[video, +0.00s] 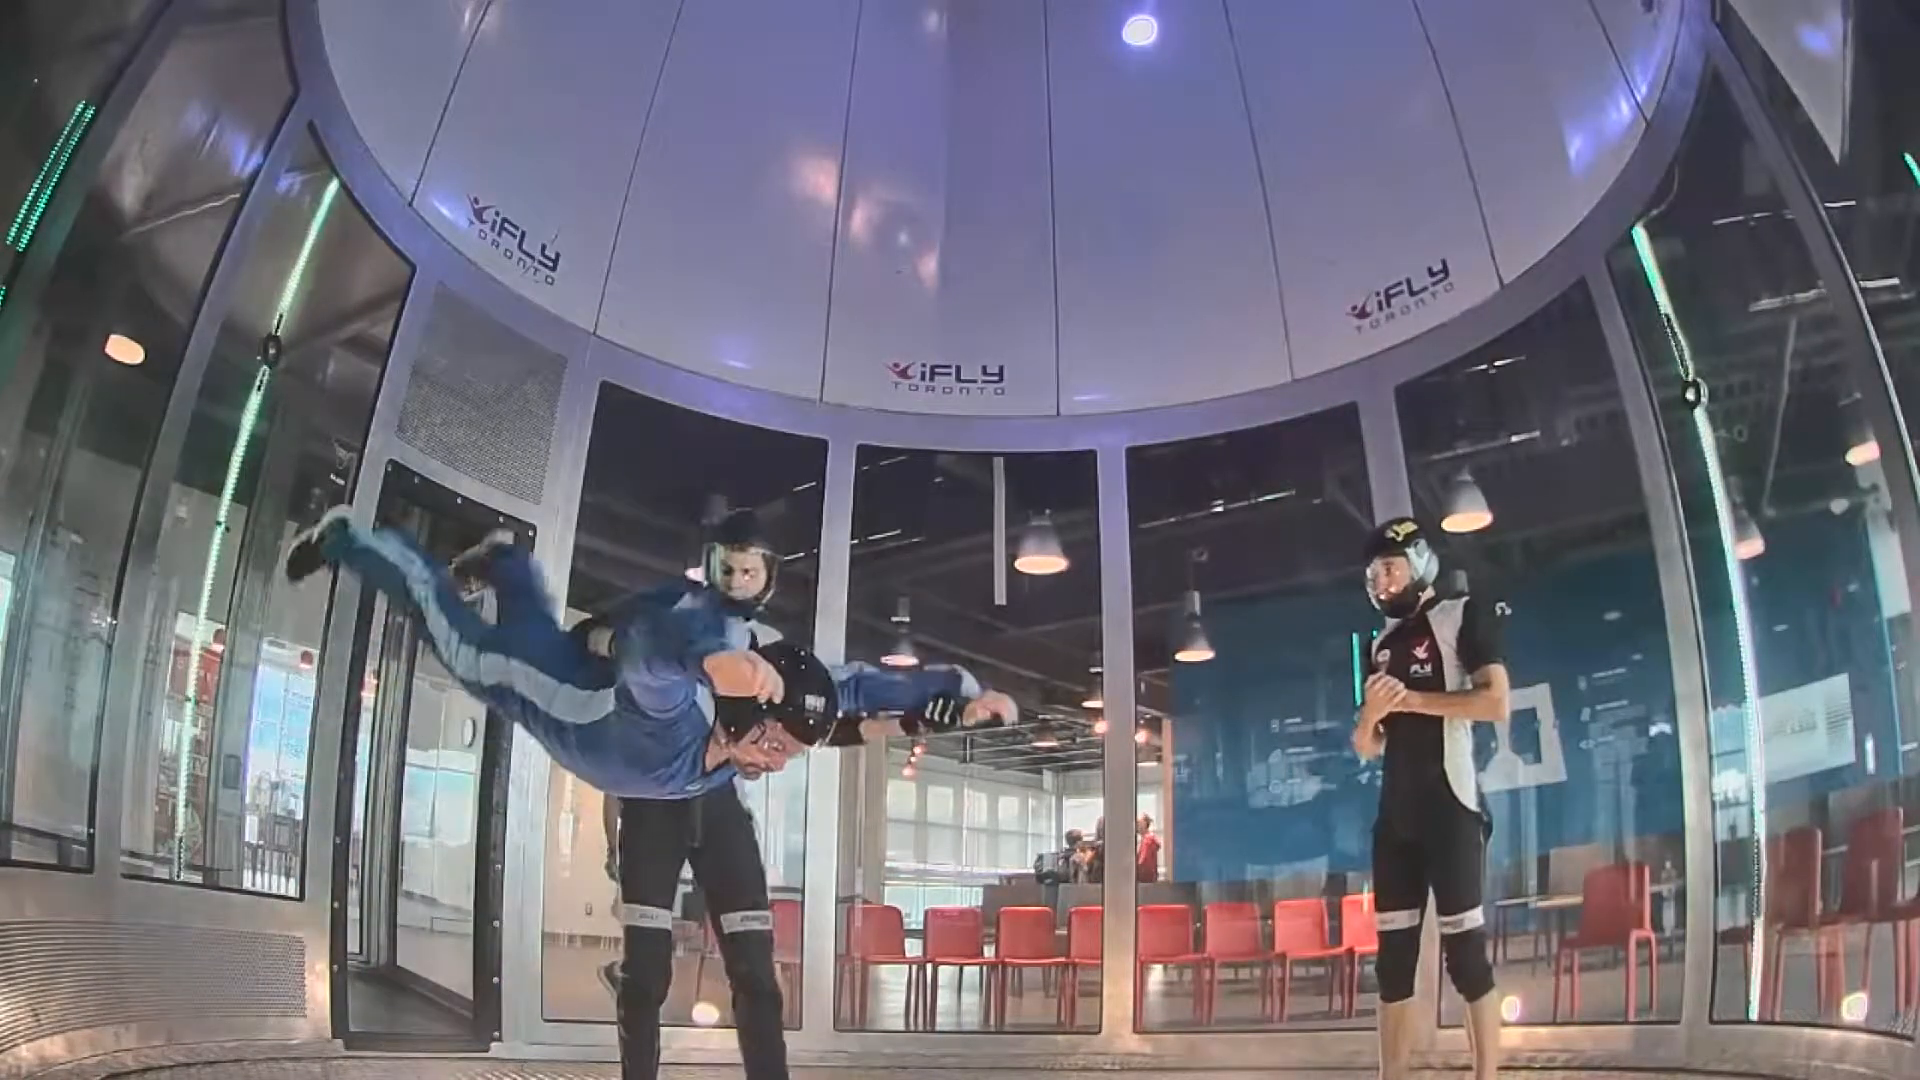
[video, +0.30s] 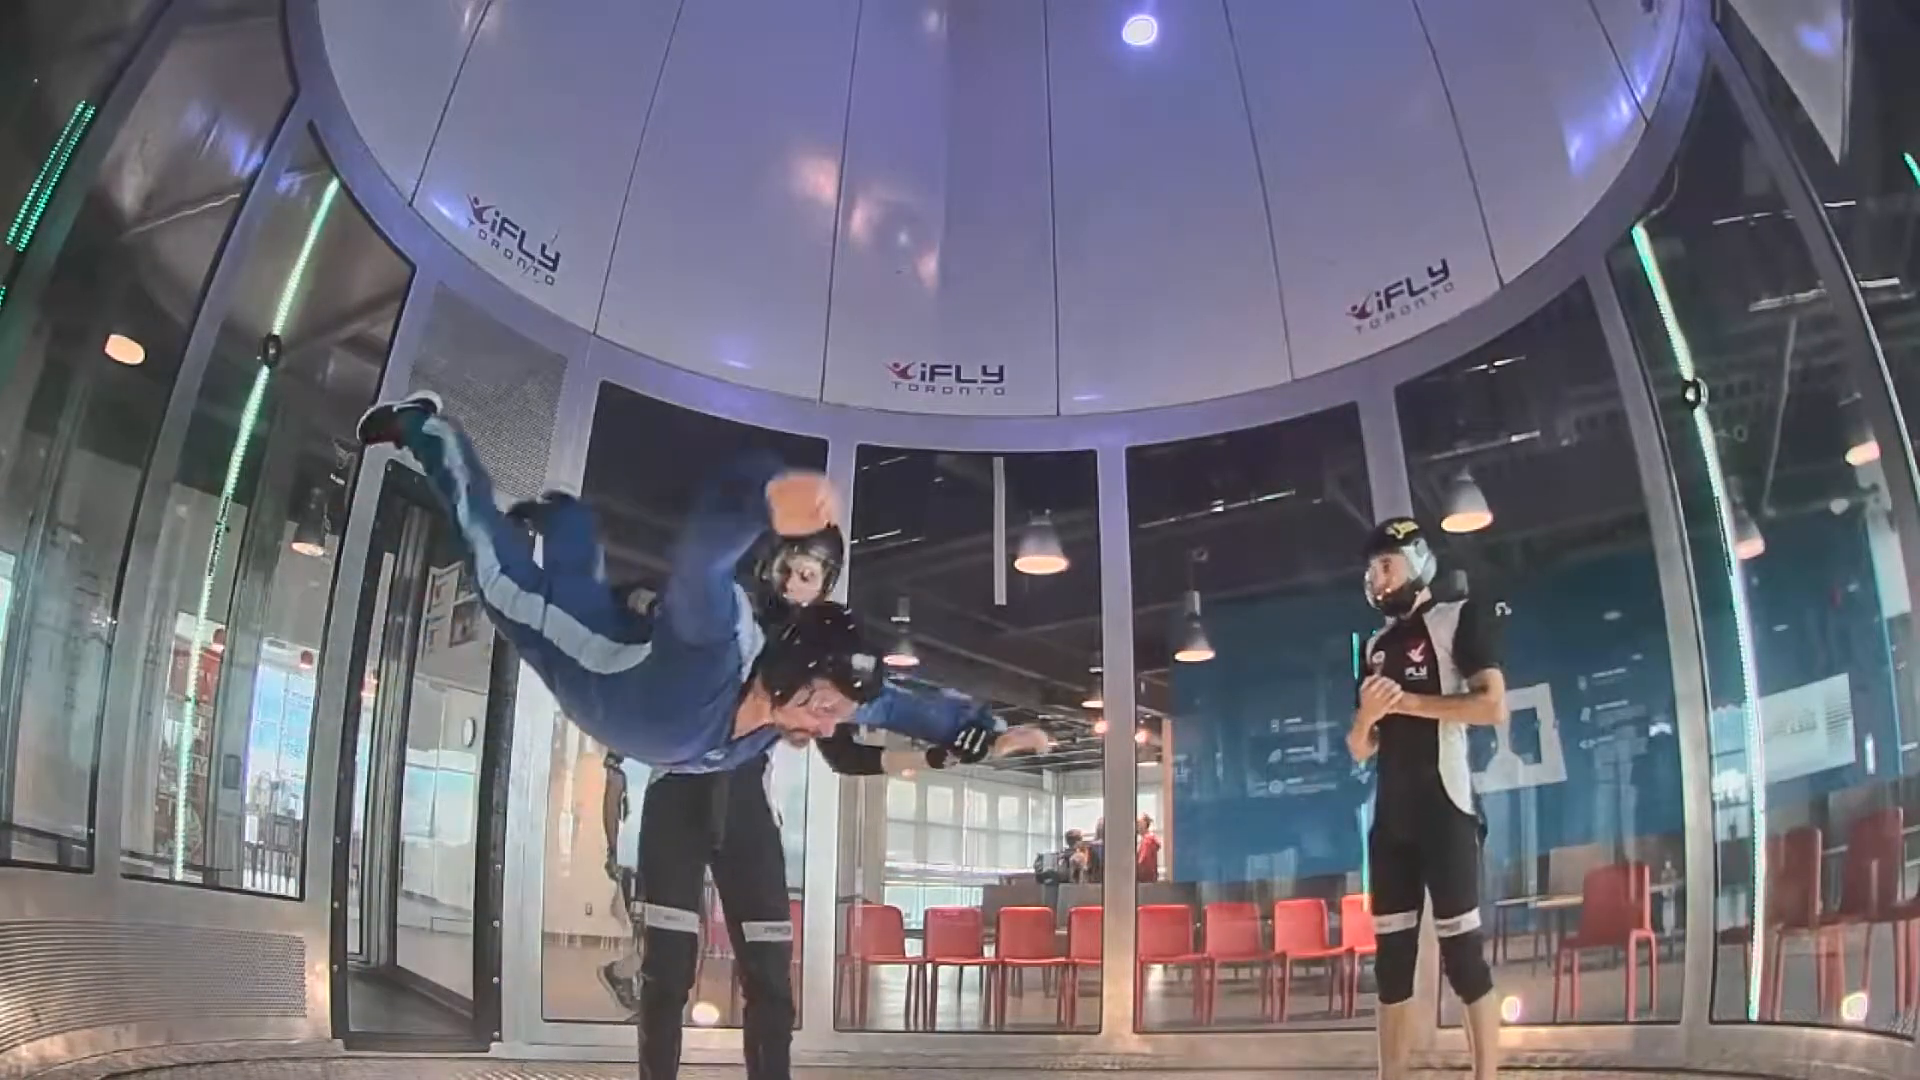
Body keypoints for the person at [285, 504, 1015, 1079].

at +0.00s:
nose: (774, 759)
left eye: (789, 753)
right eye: (775, 739)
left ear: (781, 751)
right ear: (753, 720)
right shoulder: (686, 700)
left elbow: (868, 691)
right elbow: (660, 633)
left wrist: (956, 692)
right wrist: (714, 647)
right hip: (583, 698)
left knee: (534, 654)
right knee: (463, 651)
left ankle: (504, 554)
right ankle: (359, 541)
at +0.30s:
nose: (826, 730)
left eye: (840, 720)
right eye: (825, 709)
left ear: (836, 711)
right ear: (796, 674)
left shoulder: (778, 709)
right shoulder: (715, 645)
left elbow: (889, 704)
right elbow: (701, 561)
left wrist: (985, 731)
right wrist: (759, 498)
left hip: (623, 664)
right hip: (572, 641)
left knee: (575, 588)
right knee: (493, 556)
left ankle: (558, 509)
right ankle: (429, 430)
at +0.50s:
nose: (914, 674)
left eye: (926, 667)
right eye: (910, 651)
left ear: (918, 677)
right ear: (876, 624)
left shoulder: (848, 692)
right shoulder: (793, 614)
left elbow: (955, 678)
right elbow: (780, 493)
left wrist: (1040, 669)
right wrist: (864, 403)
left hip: (659, 670)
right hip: (610, 637)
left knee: (560, 601)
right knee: (503, 559)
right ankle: (412, 430)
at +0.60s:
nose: (987, 665)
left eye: (1005, 661)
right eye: (992, 641)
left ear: (985, 671)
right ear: (956, 609)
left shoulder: (886, 695)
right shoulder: (859, 586)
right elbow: (846, 458)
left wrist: (1069, 635)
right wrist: (934, 357)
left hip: (661, 707)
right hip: (630, 648)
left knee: (568, 650)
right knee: (507, 585)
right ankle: (391, 482)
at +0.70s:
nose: (1024, 655)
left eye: (1039, 644)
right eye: (1022, 631)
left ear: (1014, 641)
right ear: (982, 597)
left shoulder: (929, 673)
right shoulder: (886, 578)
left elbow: (1017, 625)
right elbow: (882, 447)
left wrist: (1092, 617)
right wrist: (970, 345)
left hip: (692, 722)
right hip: (659, 658)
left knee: (585, 674)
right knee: (510, 599)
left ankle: (548, 699)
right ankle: (367, 516)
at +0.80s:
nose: (1069, 659)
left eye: (1084, 649)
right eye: (1073, 636)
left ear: (1060, 630)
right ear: (1041, 596)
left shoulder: (976, 657)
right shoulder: (943, 574)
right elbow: (951, 441)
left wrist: (1134, 584)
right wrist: (1065, 337)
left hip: (732, 728)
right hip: (703, 670)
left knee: (624, 713)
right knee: (527, 651)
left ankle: (553, 714)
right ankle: (339, 587)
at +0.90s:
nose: (1084, 659)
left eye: (1098, 650)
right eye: (1091, 638)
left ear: (1068, 625)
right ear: (1066, 601)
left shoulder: (985, 667)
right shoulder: (969, 573)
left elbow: (870, 614)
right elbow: (974, 441)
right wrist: (1097, 344)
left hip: (744, 727)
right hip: (718, 678)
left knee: (603, 691)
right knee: (541, 665)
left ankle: (532, 701)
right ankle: (335, 615)